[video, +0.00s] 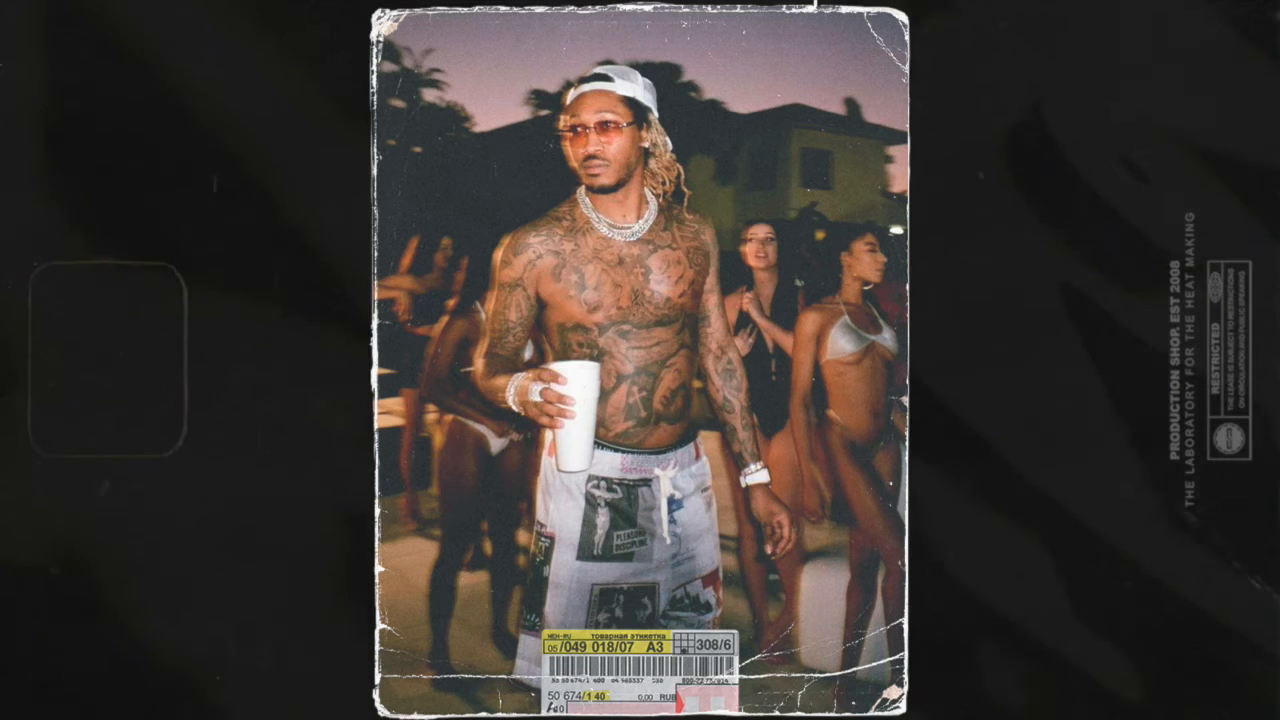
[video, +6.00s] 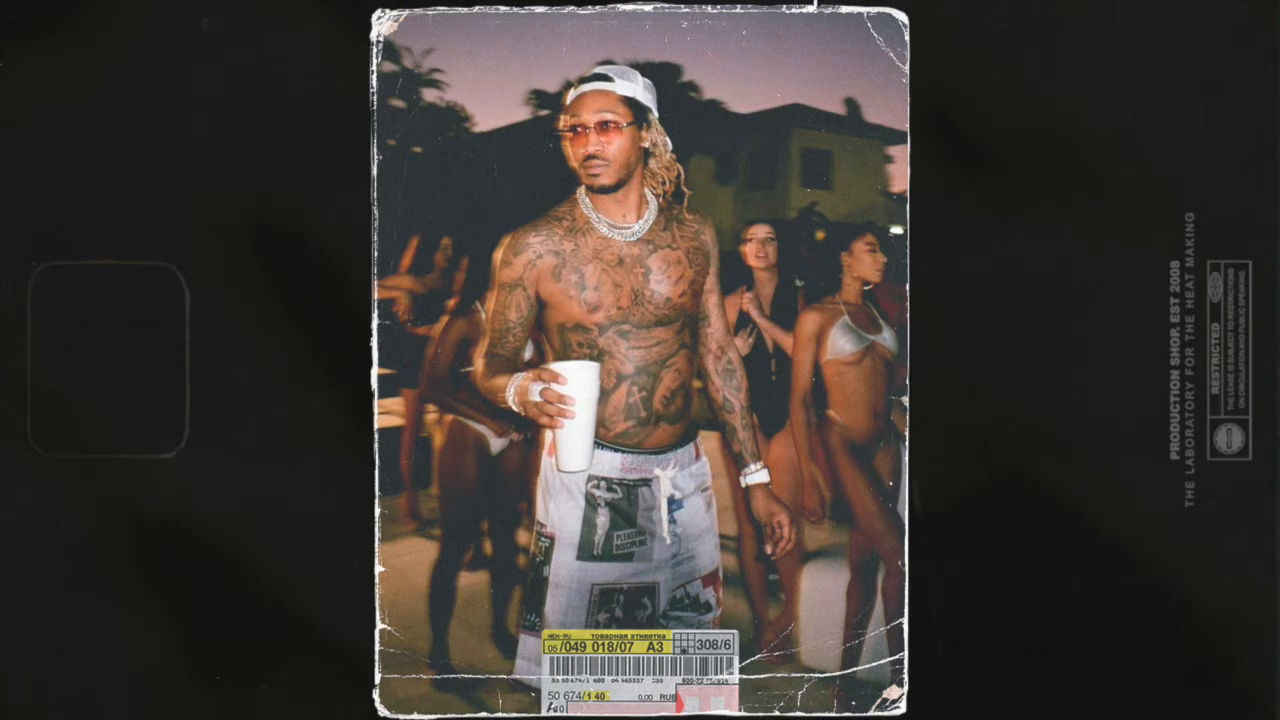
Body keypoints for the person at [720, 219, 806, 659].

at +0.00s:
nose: (760, 249)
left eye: (768, 241)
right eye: (751, 242)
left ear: (781, 249)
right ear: (741, 251)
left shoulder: (797, 296)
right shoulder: (730, 301)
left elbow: (802, 352)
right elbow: (712, 364)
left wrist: (761, 318)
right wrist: (734, 351)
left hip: (784, 421)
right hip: (739, 421)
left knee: (783, 521)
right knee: (748, 526)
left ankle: (793, 612)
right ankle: (761, 620)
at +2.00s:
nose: (759, 249)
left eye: (767, 242)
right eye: (751, 242)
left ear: (781, 249)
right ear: (741, 250)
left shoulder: (797, 296)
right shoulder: (731, 300)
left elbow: (804, 351)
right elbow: (714, 365)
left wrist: (761, 318)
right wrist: (734, 344)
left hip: (783, 420)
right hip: (738, 422)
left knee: (783, 521)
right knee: (748, 526)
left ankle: (793, 614)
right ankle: (762, 622)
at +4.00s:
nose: (760, 249)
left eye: (768, 241)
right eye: (752, 242)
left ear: (781, 249)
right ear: (741, 250)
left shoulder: (797, 295)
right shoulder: (730, 300)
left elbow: (803, 352)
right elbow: (713, 365)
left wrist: (761, 318)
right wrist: (736, 343)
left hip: (784, 419)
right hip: (738, 420)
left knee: (784, 520)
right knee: (748, 525)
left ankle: (793, 614)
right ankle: (761, 620)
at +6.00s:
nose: (760, 249)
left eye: (768, 241)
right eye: (752, 242)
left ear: (781, 249)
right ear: (741, 250)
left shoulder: (798, 296)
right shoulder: (731, 300)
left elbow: (804, 352)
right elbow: (714, 364)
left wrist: (762, 319)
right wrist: (733, 344)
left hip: (784, 419)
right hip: (738, 420)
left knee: (785, 521)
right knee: (749, 527)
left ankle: (794, 613)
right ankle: (763, 623)